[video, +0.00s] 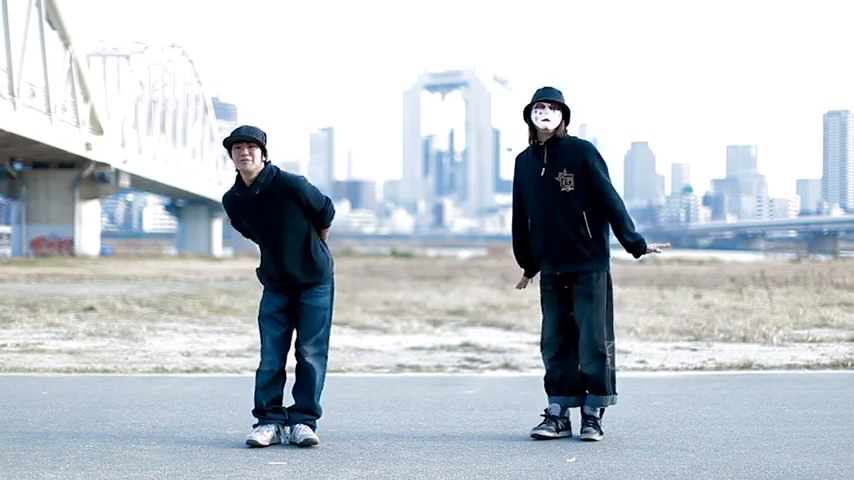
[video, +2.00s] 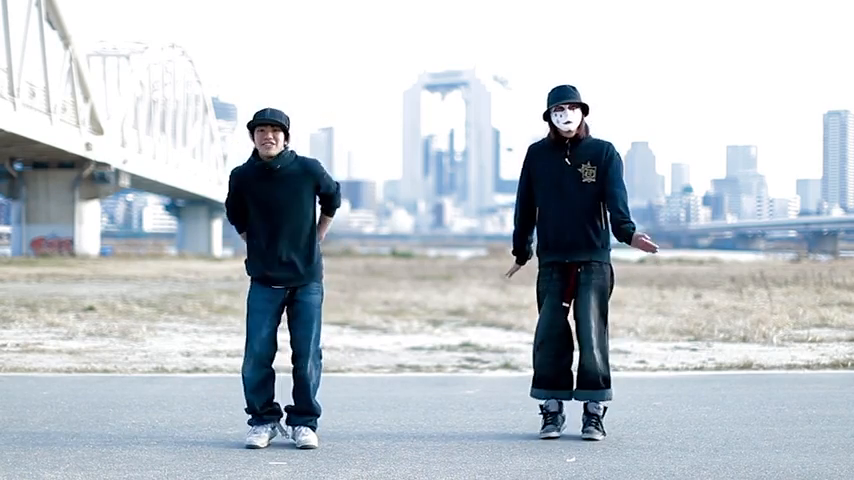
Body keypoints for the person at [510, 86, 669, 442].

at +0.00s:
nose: (543, 113)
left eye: (550, 109)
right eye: (538, 109)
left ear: (562, 117)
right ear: (530, 117)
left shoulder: (581, 151)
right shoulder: (524, 161)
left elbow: (609, 198)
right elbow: (520, 217)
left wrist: (635, 243)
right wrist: (527, 264)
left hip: (589, 261)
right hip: (551, 262)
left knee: (592, 335)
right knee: (554, 337)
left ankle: (592, 414)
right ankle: (556, 414)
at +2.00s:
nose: (565, 115)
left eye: (570, 108)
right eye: (558, 110)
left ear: (582, 112)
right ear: (549, 116)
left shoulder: (603, 152)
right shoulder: (536, 154)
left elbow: (616, 198)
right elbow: (525, 204)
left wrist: (629, 232)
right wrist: (521, 249)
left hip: (592, 256)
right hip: (551, 256)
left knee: (590, 331)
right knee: (548, 330)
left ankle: (593, 411)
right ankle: (551, 409)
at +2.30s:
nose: (570, 121)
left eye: (577, 115)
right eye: (564, 115)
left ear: (585, 123)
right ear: (554, 120)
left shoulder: (599, 165)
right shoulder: (537, 163)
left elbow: (608, 221)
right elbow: (530, 210)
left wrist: (608, 272)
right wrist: (535, 251)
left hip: (592, 249)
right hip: (553, 255)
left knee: (586, 287)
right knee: (553, 334)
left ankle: (588, 353)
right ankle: (554, 412)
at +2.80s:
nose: (577, 123)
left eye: (583, 118)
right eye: (571, 118)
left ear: (592, 124)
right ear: (560, 123)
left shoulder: (606, 164)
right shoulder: (542, 166)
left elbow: (626, 198)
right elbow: (527, 206)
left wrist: (646, 219)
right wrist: (520, 239)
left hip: (598, 259)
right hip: (559, 256)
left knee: (591, 335)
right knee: (586, 308)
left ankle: (584, 412)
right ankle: (561, 364)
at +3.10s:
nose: (575, 130)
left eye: (581, 124)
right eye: (569, 123)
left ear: (591, 127)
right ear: (559, 127)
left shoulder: (608, 166)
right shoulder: (541, 170)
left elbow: (651, 186)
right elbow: (511, 212)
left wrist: (619, 201)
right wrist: (538, 235)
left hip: (597, 271)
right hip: (557, 271)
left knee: (590, 344)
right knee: (557, 343)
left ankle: (585, 415)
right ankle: (556, 417)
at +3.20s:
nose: (574, 140)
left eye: (581, 134)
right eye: (569, 133)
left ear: (591, 133)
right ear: (559, 131)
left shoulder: (608, 166)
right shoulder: (543, 166)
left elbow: (649, 175)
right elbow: (503, 183)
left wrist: (630, 136)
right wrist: (534, 149)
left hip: (594, 265)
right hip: (552, 267)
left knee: (596, 326)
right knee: (555, 339)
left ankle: (586, 381)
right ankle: (554, 414)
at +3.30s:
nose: (577, 140)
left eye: (584, 135)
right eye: (571, 134)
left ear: (593, 133)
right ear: (560, 130)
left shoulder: (608, 161)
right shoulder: (538, 160)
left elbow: (650, 172)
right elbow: (498, 176)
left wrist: (686, 140)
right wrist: (481, 135)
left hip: (596, 258)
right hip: (554, 260)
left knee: (593, 312)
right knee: (555, 332)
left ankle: (590, 365)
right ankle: (555, 412)